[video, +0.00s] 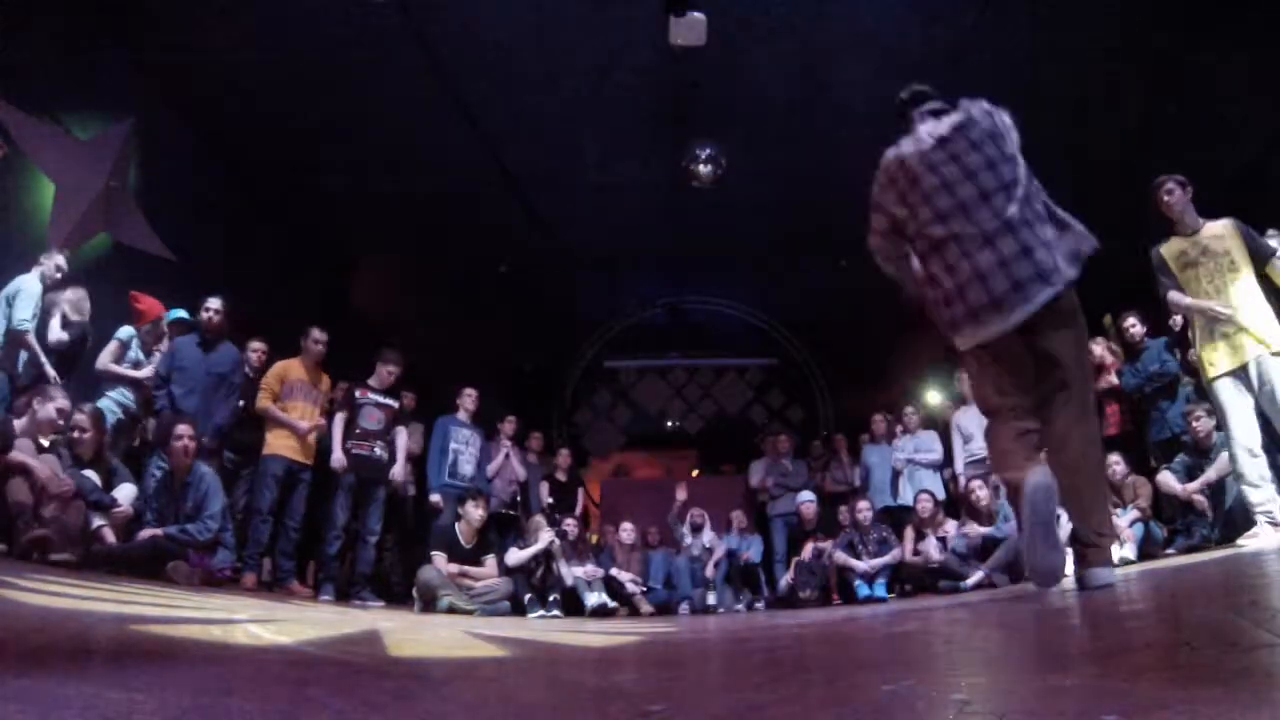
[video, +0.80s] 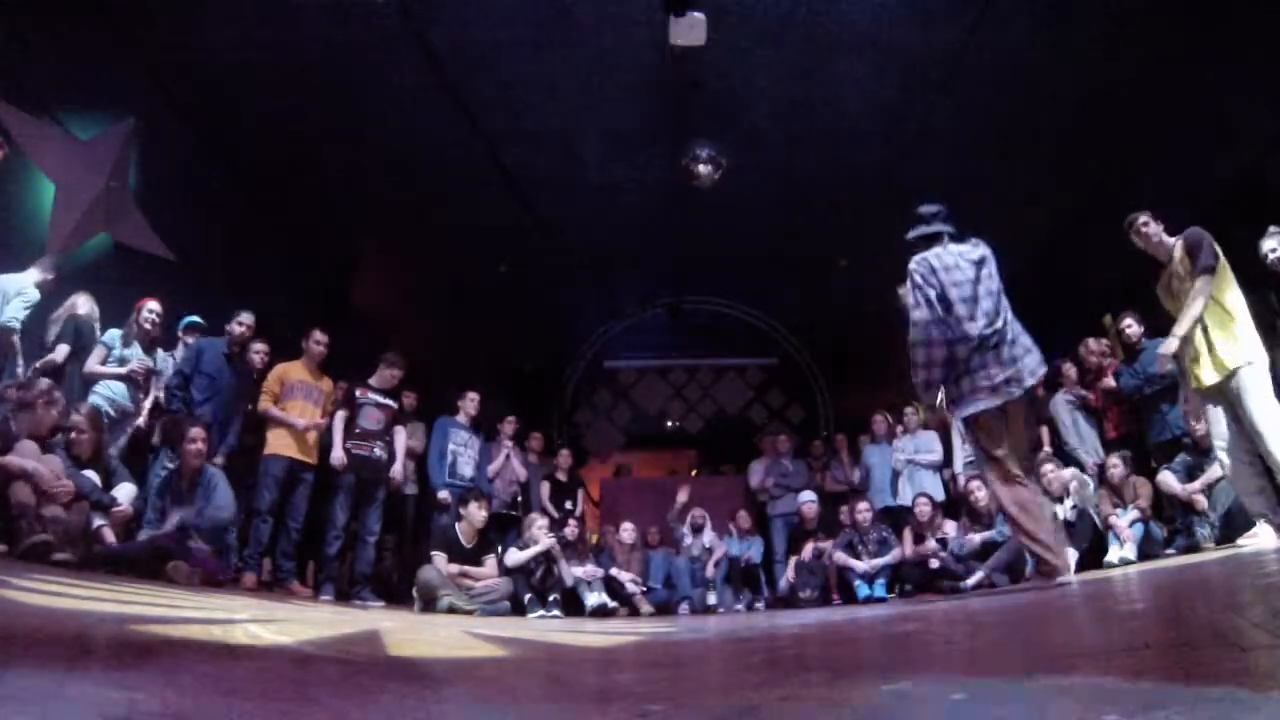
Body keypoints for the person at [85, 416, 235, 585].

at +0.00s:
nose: (186, 445)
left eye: (191, 439)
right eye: (179, 439)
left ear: (197, 445)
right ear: (168, 447)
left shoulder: (207, 478)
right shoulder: (163, 480)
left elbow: (207, 532)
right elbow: (151, 518)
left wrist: (162, 533)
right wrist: (150, 534)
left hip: (210, 553)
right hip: (174, 546)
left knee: (155, 545)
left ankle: (95, 556)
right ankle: (177, 572)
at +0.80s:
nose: (199, 448)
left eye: (203, 442)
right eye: (192, 442)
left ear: (208, 447)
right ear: (180, 448)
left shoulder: (214, 478)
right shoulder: (165, 481)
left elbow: (224, 515)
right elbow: (152, 522)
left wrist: (182, 520)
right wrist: (144, 541)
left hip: (211, 555)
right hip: (171, 547)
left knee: (164, 543)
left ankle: (99, 556)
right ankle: (182, 575)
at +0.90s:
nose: (202, 441)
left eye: (206, 437)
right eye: (197, 435)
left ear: (212, 444)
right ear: (185, 439)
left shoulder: (219, 470)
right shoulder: (169, 471)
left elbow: (242, 492)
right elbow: (154, 519)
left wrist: (208, 467)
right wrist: (141, 544)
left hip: (213, 551)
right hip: (173, 545)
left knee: (162, 544)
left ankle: (94, 556)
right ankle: (185, 576)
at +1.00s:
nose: (205, 440)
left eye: (210, 435)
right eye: (199, 433)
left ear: (214, 441)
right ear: (183, 436)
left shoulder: (217, 469)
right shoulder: (165, 471)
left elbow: (244, 482)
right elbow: (154, 519)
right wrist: (139, 546)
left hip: (214, 557)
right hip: (175, 546)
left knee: (159, 541)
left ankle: (96, 555)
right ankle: (185, 576)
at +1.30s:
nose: (198, 450)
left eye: (201, 444)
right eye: (191, 445)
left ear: (206, 448)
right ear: (178, 451)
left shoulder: (214, 476)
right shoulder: (171, 478)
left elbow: (242, 496)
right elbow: (154, 517)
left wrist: (225, 540)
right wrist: (143, 544)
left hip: (212, 553)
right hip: (176, 547)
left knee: (159, 546)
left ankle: (102, 555)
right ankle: (184, 575)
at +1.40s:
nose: (199, 449)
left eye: (202, 443)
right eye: (191, 444)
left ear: (206, 446)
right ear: (177, 450)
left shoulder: (214, 474)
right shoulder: (169, 478)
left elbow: (247, 495)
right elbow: (154, 518)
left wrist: (221, 527)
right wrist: (145, 543)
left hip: (211, 551)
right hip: (175, 546)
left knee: (160, 545)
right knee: (152, 557)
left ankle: (102, 555)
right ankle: (184, 575)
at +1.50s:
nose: (203, 444)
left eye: (206, 438)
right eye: (196, 438)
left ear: (210, 444)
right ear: (181, 443)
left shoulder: (223, 477)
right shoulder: (168, 479)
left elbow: (259, 508)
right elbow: (153, 519)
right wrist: (146, 545)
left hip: (215, 554)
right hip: (175, 545)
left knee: (159, 544)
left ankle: (101, 555)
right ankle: (183, 576)